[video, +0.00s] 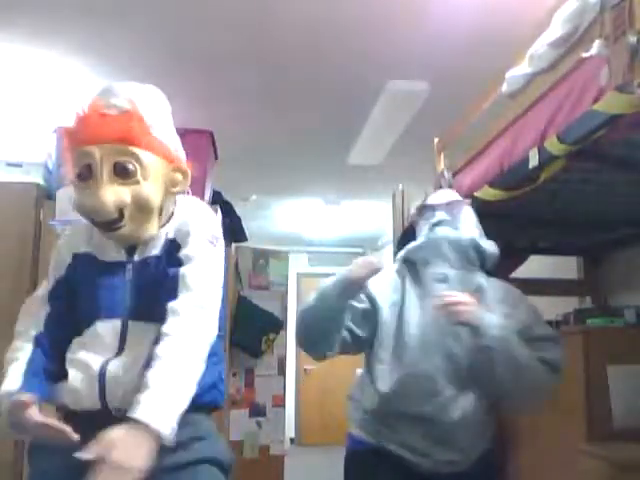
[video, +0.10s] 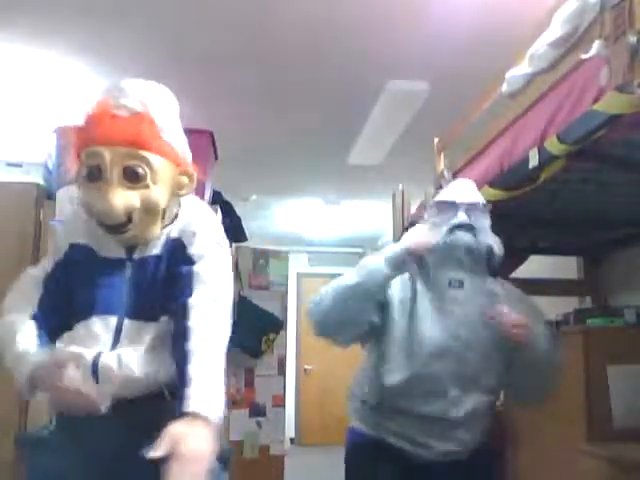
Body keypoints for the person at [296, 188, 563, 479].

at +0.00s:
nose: (444, 224)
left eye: (457, 215)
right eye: (434, 217)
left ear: (476, 231)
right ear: (417, 231)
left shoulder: (504, 298)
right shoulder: (388, 286)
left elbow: (538, 382)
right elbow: (314, 340)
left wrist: (484, 324)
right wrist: (346, 284)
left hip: (469, 459)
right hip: (383, 456)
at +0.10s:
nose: (461, 223)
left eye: (472, 216)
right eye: (447, 214)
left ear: (486, 227)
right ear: (426, 224)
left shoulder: (507, 299)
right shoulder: (395, 285)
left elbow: (533, 388)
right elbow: (326, 319)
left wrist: (528, 343)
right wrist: (399, 254)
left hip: (468, 457)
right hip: (383, 452)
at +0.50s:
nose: (438, 224)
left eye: (448, 213)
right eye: (423, 212)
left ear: (461, 221)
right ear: (392, 224)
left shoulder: (482, 280)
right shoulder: (368, 274)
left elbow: (514, 349)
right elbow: (336, 308)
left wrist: (531, 334)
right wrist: (403, 240)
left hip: (460, 450)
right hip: (375, 450)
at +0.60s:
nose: (403, 226)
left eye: (413, 215)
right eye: (391, 217)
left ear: (427, 219)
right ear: (372, 226)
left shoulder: (471, 280)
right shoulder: (360, 283)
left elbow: (543, 323)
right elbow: (317, 326)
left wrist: (515, 266)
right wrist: (367, 255)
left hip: (456, 457)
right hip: (373, 455)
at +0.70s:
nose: (390, 222)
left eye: (401, 211)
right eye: (379, 214)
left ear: (425, 224)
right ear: (363, 230)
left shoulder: (467, 273)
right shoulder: (354, 285)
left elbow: (543, 279)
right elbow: (299, 318)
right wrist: (348, 246)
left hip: (458, 457)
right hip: (372, 457)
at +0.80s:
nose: (378, 209)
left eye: (389, 199)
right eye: (368, 203)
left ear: (412, 214)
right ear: (354, 222)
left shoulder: (451, 254)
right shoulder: (343, 274)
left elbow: (507, 221)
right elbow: (287, 299)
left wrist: (450, 133)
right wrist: (333, 232)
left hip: (451, 452)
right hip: (369, 454)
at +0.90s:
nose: (372, 202)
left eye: (392, 194)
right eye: (363, 198)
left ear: (417, 211)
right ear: (350, 218)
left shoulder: (440, 256)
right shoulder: (338, 275)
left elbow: (457, 192)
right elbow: (285, 289)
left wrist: (442, 105)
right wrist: (332, 225)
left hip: (448, 447)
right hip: (367, 447)